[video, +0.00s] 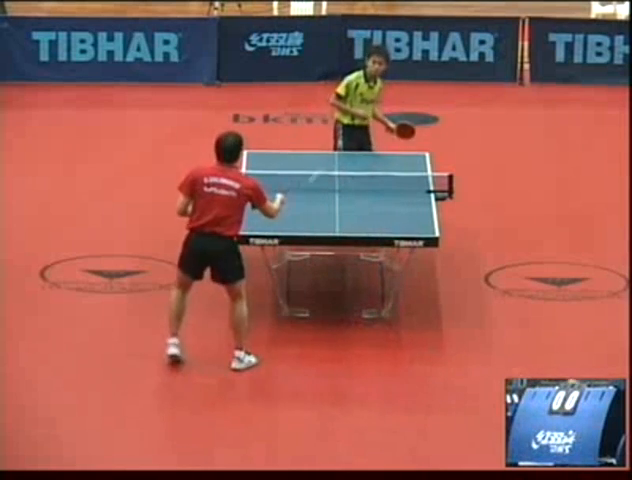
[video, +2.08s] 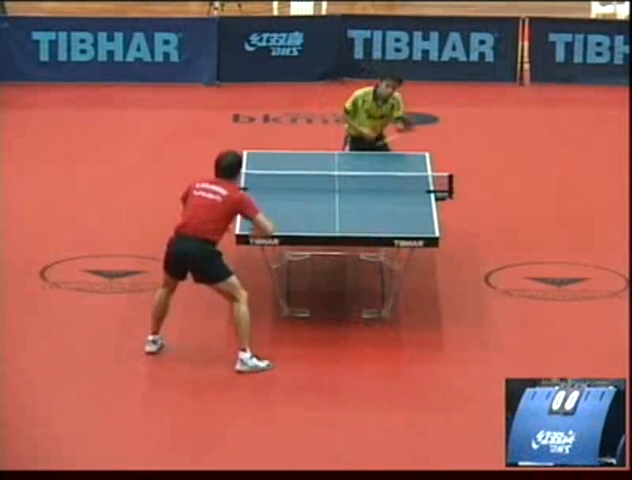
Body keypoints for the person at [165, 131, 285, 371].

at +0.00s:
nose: (242, 154)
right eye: (241, 151)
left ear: (216, 153)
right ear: (240, 155)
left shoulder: (198, 175)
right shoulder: (247, 184)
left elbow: (182, 209)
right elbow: (271, 212)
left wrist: (201, 208)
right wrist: (278, 202)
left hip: (196, 239)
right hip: (225, 243)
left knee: (181, 289)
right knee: (237, 297)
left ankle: (173, 340)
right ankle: (240, 352)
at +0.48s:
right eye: (228, 159)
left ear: (205, 159)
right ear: (227, 163)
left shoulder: (185, 177)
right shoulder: (230, 189)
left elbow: (162, 207)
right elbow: (255, 222)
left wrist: (178, 219)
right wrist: (259, 211)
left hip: (172, 239)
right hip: (198, 243)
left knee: (161, 289)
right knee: (226, 296)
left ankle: (151, 338)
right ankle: (237, 353)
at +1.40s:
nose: (226, 178)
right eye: (228, 175)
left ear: (205, 173)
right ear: (227, 177)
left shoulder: (187, 188)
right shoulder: (228, 200)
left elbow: (175, 210)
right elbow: (253, 236)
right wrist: (241, 237)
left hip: (168, 244)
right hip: (194, 250)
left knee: (162, 287)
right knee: (231, 298)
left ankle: (151, 337)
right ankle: (242, 355)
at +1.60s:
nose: (236, 187)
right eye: (237, 183)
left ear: (214, 179)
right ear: (236, 185)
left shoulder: (196, 192)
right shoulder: (238, 206)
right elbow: (268, 230)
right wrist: (257, 236)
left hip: (176, 249)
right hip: (203, 255)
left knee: (163, 288)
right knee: (243, 297)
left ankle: (151, 338)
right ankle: (246, 355)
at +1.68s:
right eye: (241, 177)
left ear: (220, 175)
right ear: (242, 179)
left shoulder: (201, 187)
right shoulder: (244, 202)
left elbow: (194, 204)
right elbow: (272, 219)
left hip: (180, 245)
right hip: (207, 252)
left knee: (164, 289)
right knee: (243, 297)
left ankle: (151, 338)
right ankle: (246, 355)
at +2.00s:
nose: (240, 167)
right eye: (240, 164)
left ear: (216, 164)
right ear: (238, 168)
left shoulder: (196, 181)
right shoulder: (238, 194)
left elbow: (181, 210)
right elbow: (269, 221)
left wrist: (203, 207)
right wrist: (275, 214)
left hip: (180, 241)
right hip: (206, 247)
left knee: (167, 287)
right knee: (238, 296)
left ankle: (152, 337)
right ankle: (245, 355)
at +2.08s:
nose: (240, 172)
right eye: (239, 169)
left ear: (216, 169)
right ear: (238, 172)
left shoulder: (198, 185)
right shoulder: (238, 197)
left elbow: (184, 203)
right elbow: (267, 229)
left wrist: (193, 221)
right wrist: (258, 229)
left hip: (178, 243)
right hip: (204, 248)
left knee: (166, 287)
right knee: (239, 296)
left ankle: (152, 337)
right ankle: (245, 355)